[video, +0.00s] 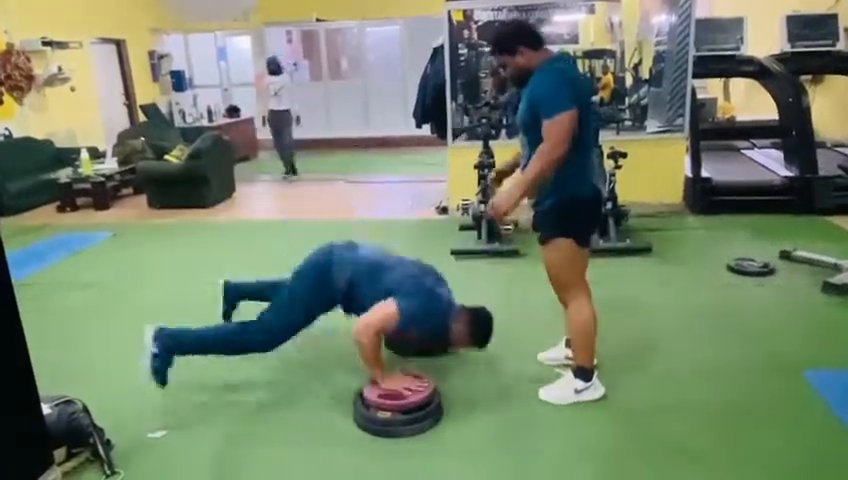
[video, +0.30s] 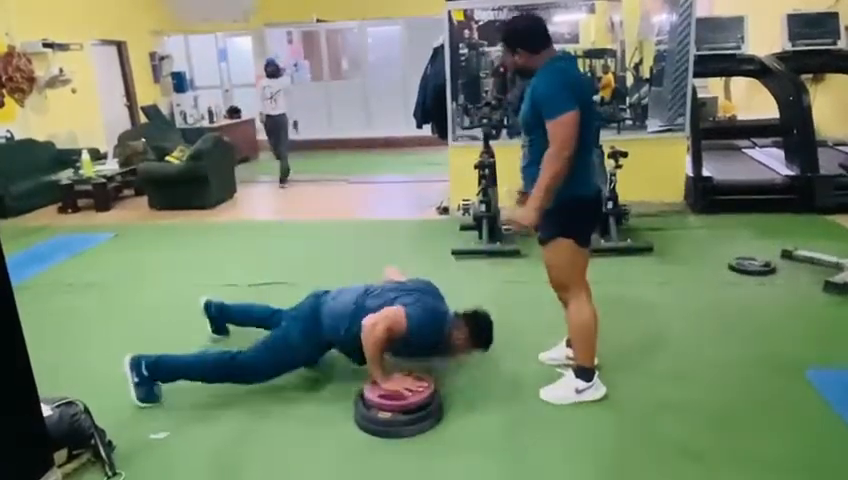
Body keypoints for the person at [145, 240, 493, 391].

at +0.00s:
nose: (458, 346)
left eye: (468, 344)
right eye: (463, 342)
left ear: (467, 316)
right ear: (460, 329)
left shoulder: (443, 294)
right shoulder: (423, 308)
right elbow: (364, 329)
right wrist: (380, 376)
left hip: (347, 256)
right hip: (331, 272)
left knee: (295, 290)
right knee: (265, 334)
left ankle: (236, 288)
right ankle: (167, 341)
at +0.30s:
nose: (464, 352)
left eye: (469, 349)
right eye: (468, 348)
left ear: (465, 323)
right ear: (462, 336)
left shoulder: (433, 294)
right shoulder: (429, 319)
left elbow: (391, 275)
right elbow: (373, 327)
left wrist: (387, 307)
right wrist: (379, 376)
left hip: (327, 300)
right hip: (318, 327)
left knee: (282, 316)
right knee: (246, 367)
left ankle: (221, 310)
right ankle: (148, 367)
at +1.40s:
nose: (352, 148)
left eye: (355, 140)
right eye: (348, 139)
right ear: (326, 131)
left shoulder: (325, 162)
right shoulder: (296, 167)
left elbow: (329, 213)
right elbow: (291, 240)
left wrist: (342, 257)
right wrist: (323, 285)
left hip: (267, 229)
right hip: (236, 236)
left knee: (312, 268)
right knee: (284, 297)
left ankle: (298, 333)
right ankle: (265, 385)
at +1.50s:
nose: (342, 109)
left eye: (344, 102)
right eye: (338, 101)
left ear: (328, 95)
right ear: (314, 93)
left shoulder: (314, 129)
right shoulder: (278, 131)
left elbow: (302, 182)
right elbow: (258, 201)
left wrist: (308, 226)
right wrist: (284, 252)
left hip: (273, 213)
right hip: (240, 221)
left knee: (303, 261)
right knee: (274, 291)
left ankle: (296, 332)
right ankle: (264, 384)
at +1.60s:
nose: (329, 91)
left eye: (332, 83)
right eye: (326, 82)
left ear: (309, 74)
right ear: (302, 70)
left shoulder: (302, 108)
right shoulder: (263, 108)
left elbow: (284, 165)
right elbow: (236, 177)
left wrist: (289, 209)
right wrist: (259, 230)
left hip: (282, 210)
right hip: (248, 215)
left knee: (299, 268)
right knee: (270, 290)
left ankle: (295, 333)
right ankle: (263, 383)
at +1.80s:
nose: (310, 80)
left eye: (312, 73)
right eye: (307, 71)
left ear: (291, 63)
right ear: (283, 60)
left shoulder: (285, 98)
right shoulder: (246, 102)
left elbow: (282, 161)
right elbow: (232, 172)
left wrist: (293, 210)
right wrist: (252, 228)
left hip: (288, 212)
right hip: (260, 217)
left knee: (294, 273)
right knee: (267, 296)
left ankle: (294, 334)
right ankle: (262, 384)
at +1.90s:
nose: (304, 80)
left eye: (307, 73)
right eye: (301, 71)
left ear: (284, 62)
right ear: (277, 59)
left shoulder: (280, 96)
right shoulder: (243, 103)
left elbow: (289, 152)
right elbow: (242, 174)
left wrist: (311, 192)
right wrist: (260, 232)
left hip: (288, 210)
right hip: (260, 217)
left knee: (292, 275)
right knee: (266, 297)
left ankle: (293, 334)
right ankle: (262, 384)